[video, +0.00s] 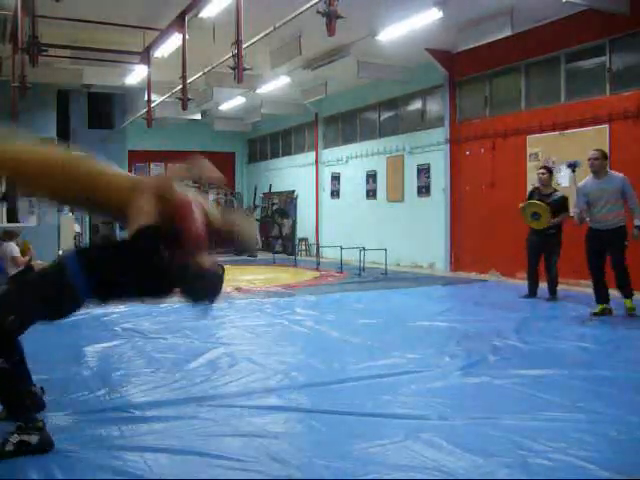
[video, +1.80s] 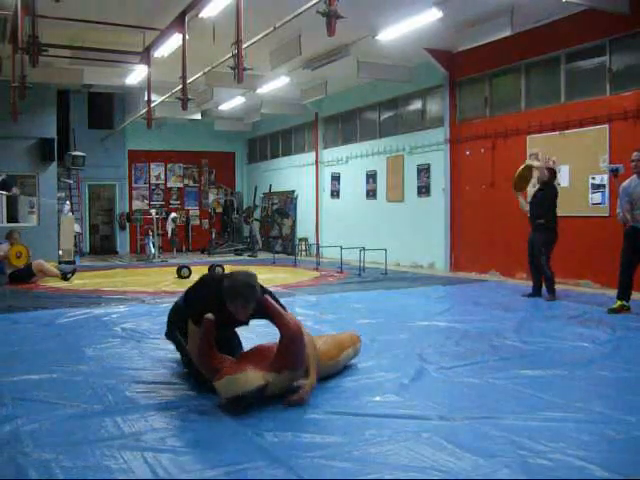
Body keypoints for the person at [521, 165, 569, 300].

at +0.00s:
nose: (541, 177)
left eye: (544, 174)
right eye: (539, 174)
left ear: (550, 177)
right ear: (537, 176)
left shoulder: (559, 197)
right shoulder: (533, 193)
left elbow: (565, 214)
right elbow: (529, 210)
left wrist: (555, 221)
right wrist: (524, 208)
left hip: (552, 232)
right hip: (535, 231)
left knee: (551, 264)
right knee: (532, 263)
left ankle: (553, 292)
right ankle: (532, 291)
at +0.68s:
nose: (542, 178)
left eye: (545, 175)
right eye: (539, 175)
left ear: (551, 177)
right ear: (536, 176)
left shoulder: (558, 194)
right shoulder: (533, 192)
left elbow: (560, 212)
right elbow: (521, 200)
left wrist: (554, 198)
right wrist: (525, 186)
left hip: (549, 233)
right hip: (532, 232)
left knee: (550, 264)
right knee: (531, 264)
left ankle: (552, 292)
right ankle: (532, 290)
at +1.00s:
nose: (535, 178)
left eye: (538, 175)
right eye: (534, 176)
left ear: (544, 178)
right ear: (533, 179)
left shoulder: (553, 192)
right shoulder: (531, 191)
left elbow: (565, 193)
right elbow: (519, 180)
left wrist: (560, 176)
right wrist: (530, 167)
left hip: (548, 229)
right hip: (533, 229)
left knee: (550, 263)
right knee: (532, 262)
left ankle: (552, 292)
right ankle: (533, 290)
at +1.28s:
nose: (532, 177)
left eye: (535, 174)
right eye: (531, 174)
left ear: (543, 175)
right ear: (529, 177)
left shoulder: (553, 188)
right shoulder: (531, 189)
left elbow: (561, 171)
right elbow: (520, 173)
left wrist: (562, 155)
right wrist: (529, 160)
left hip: (550, 227)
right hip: (535, 227)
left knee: (550, 260)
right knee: (533, 260)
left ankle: (552, 291)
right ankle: (533, 289)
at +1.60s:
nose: (539, 176)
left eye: (541, 174)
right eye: (537, 174)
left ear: (547, 176)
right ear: (534, 177)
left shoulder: (551, 188)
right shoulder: (532, 191)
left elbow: (553, 164)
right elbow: (517, 187)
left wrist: (549, 157)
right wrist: (519, 173)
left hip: (548, 225)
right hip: (535, 226)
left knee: (547, 260)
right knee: (533, 259)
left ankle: (551, 291)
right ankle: (536, 289)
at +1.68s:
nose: (537, 176)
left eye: (540, 174)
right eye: (538, 173)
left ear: (545, 176)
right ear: (541, 177)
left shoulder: (549, 189)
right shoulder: (537, 192)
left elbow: (549, 166)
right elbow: (520, 198)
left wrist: (538, 156)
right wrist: (518, 182)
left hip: (546, 227)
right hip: (536, 227)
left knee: (543, 259)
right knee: (533, 259)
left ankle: (551, 291)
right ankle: (536, 289)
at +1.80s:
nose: (539, 175)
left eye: (543, 172)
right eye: (539, 172)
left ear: (549, 176)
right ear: (541, 175)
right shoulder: (542, 189)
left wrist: (521, 200)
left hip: (546, 228)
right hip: (537, 228)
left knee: (542, 259)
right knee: (533, 259)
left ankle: (550, 291)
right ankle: (536, 289)